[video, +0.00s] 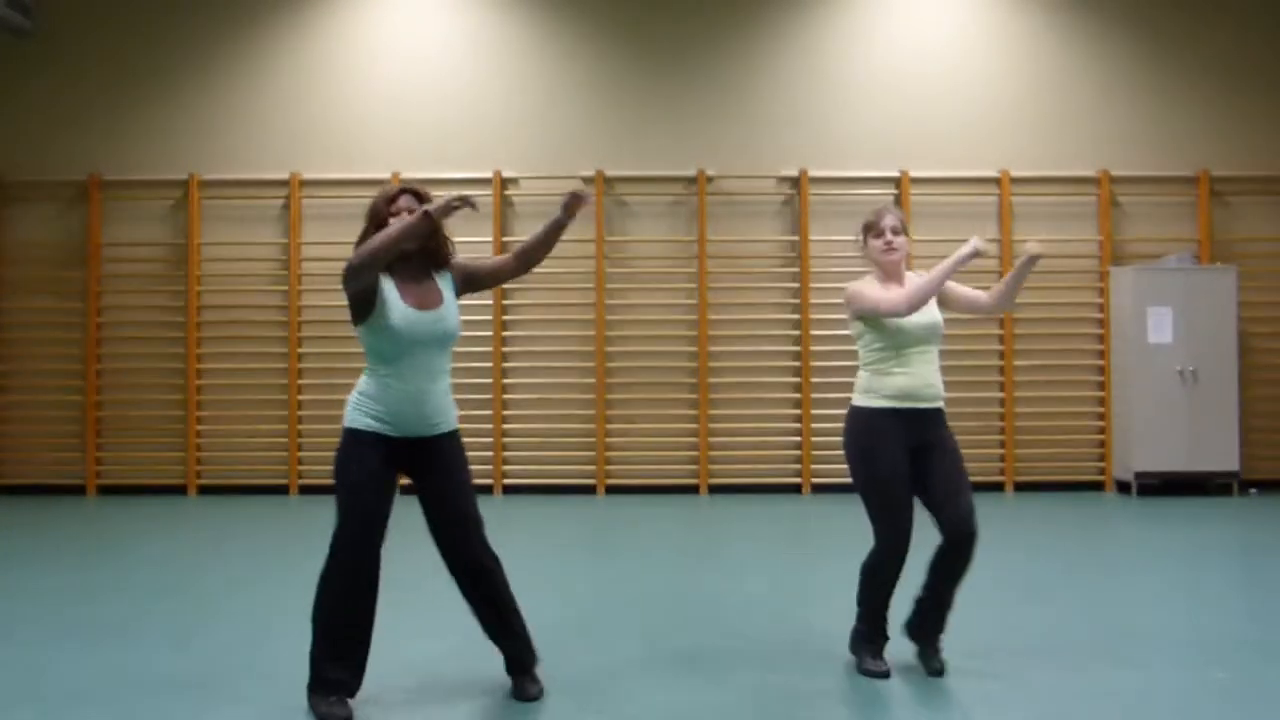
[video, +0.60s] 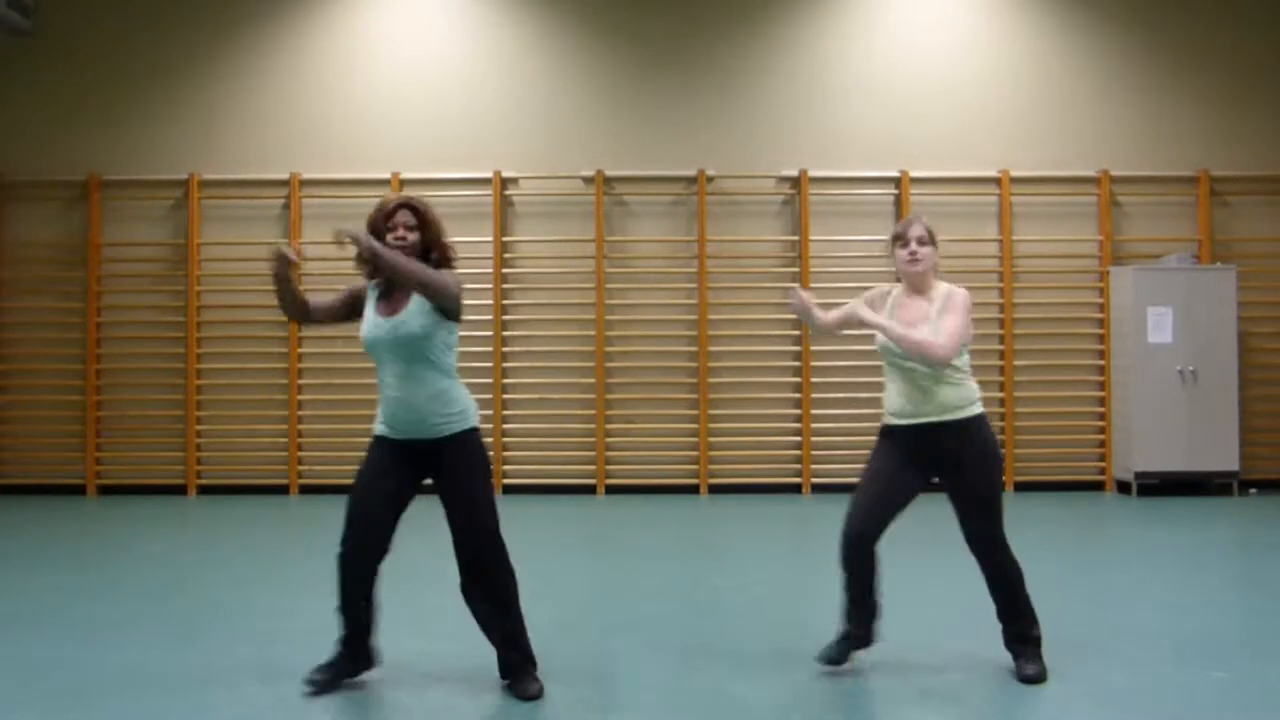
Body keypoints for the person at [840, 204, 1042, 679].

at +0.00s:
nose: (889, 239)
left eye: (896, 232)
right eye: (879, 234)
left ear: (909, 240)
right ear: (865, 246)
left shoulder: (929, 285)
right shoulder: (859, 292)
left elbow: (992, 303)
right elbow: (900, 304)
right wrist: (959, 258)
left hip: (928, 425)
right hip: (875, 426)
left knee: (961, 532)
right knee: (893, 538)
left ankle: (926, 630)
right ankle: (868, 642)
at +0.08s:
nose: (897, 245)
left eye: (904, 238)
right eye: (887, 239)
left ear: (916, 245)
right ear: (874, 250)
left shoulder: (935, 291)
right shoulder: (868, 296)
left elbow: (1003, 300)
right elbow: (920, 299)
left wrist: (1048, 259)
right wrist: (981, 249)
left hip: (940, 431)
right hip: (885, 434)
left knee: (982, 535)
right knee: (898, 545)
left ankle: (977, 635)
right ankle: (863, 642)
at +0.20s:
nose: (909, 254)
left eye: (916, 246)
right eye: (898, 249)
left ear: (928, 253)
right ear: (884, 261)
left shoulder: (952, 293)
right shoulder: (882, 311)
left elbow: (1012, 321)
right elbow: (926, 335)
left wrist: (1067, 294)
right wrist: (994, 295)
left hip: (966, 434)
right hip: (909, 438)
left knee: (993, 544)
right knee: (923, 554)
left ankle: (1024, 649)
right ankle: (869, 640)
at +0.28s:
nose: (914, 259)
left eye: (921, 251)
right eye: (903, 254)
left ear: (933, 259)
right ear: (890, 266)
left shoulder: (959, 297)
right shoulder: (886, 320)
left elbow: (1006, 340)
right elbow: (918, 374)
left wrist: (1057, 348)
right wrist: (983, 359)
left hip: (982, 433)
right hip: (925, 441)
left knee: (1004, 545)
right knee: (950, 552)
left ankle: (1025, 649)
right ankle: (895, 633)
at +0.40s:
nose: (922, 264)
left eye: (929, 256)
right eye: (911, 259)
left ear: (942, 263)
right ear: (898, 270)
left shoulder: (971, 308)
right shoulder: (888, 324)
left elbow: (1009, 369)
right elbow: (880, 398)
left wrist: (997, 415)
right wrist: (931, 425)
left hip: (991, 441)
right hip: (932, 451)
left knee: (1006, 549)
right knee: (951, 560)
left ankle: (1027, 650)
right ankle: (969, 645)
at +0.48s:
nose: (925, 258)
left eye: (932, 250)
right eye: (914, 253)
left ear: (945, 259)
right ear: (901, 266)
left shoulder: (973, 308)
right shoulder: (886, 316)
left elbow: (999, 375)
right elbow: (847, 369)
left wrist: (936, 386)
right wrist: (875, 387)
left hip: (987, 440)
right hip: (925, 448)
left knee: (1002, 545)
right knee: (912, 547)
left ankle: (1027, 648)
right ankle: (933, 630)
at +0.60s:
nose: (914, 250)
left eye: (922, 243)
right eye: (904, 244)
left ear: (936, 252)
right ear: (893, 254)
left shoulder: (954, 298)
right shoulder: (880, 299)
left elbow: (941, 351)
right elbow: (827, 322)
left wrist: (876, 321)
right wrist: (808, 309)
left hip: (963, 436)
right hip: (902, 439)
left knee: (988, 543)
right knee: (857, 532)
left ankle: (1026, 647)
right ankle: (857, 632)